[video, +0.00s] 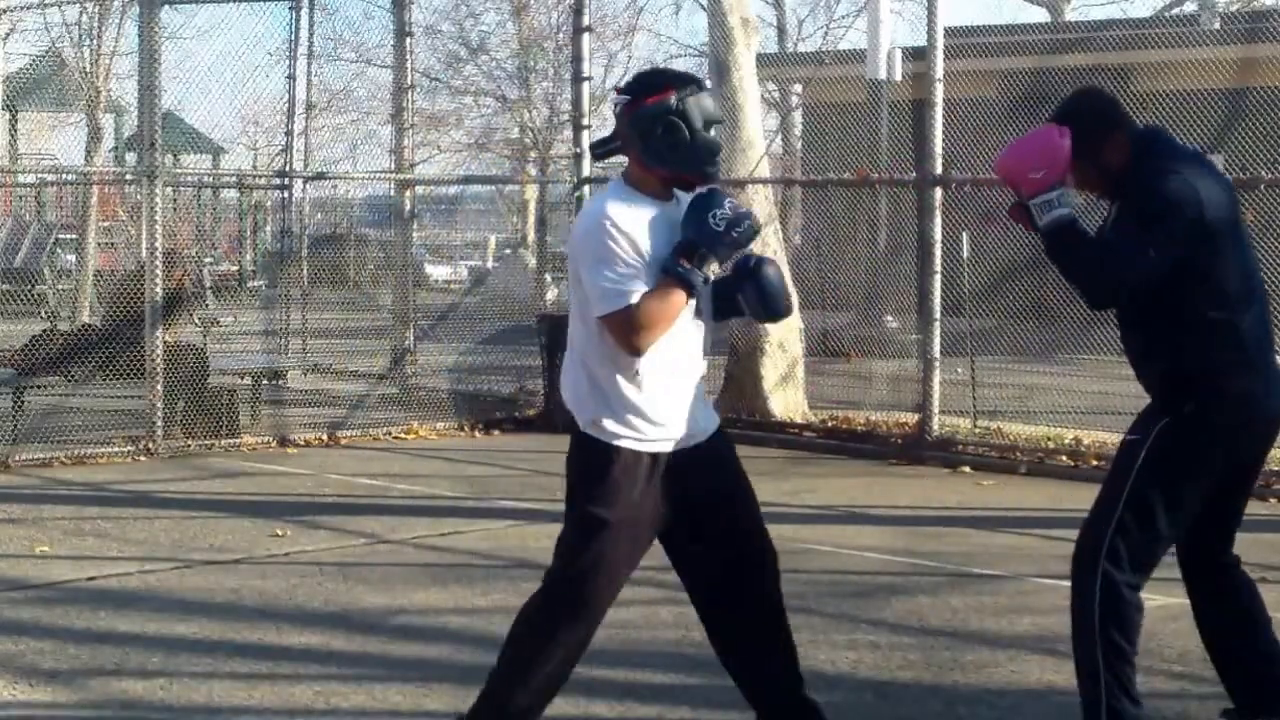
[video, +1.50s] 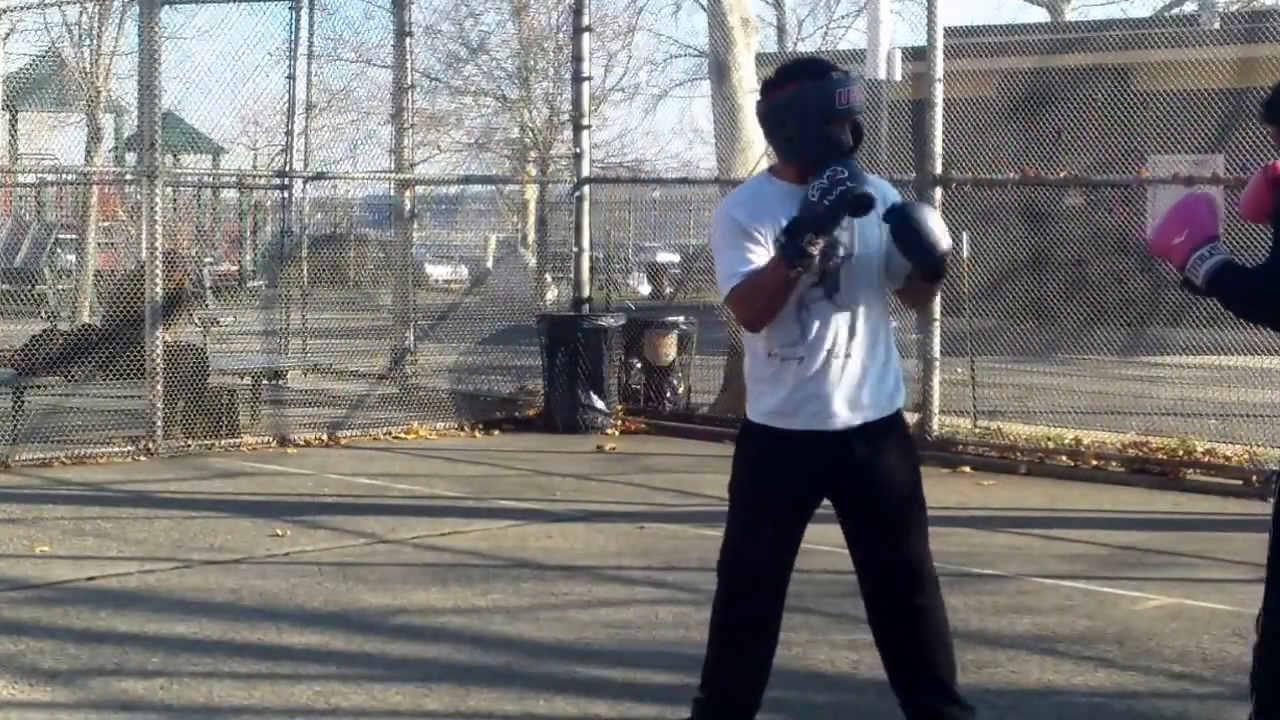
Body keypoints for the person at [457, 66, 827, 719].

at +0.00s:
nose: (685, 176)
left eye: (689, 163)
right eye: (673, 159)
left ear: (656, 151)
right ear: (649, 154)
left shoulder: (685, 208)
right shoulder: (605, 221)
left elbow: (676, 305)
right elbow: (633, 333)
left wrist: (735, 297)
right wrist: (695, 259)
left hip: (693, 435)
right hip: (621, 445)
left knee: (746, 585)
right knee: (574, 604)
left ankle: (789, 711)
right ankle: (495, 714)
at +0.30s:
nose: (825, 157)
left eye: (824, 142)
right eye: (808, 142)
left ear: (817, 153)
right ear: (765, 153)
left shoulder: (824, 224)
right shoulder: (715, 227)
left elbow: (908, 260)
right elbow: (724, 334)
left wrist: (965, 221)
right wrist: (795, 260)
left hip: (797, 460)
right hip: (703, 461)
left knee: (879, 615)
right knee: (635, 593)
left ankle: (940, 711)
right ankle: (545, 710)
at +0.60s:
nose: (849, 154)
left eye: (847, 141)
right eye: (836, 142)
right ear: (795, 152)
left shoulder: (840, 227)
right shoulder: (730, 232)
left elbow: (850, 326)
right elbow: (712, 339)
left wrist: (907, 305)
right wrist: (790, 283)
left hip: (829, 449)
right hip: (733, 453)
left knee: (884, 599)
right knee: (684, 600)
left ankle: (931, 712)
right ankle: (635, 711)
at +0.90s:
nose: (890, 141)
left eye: (891, 128)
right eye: (878, 129)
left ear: (842, 138)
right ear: (839, 134)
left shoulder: (880, 217)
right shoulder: (767, 212)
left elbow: (886, 324)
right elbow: (747, 318)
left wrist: (933, 285)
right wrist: (825, 267)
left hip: (866, 435)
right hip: (773, 438)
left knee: (901, 593)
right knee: (713, 588)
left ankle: (921, 711)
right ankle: (637, 708)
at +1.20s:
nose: (895, 126)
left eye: (895, 114)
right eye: (881, 114)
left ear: (886, 117)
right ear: (834, 119)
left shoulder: (914, 196)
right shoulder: (777, 197)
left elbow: (961, 276)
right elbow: (782, 298)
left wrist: (927, 277)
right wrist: (851, 235)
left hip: (890, 422)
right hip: (798, 422)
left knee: (903, 589)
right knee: (762, 588)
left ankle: (923, 715)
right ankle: (721, 713)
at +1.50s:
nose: (847, 123)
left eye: (848, 109)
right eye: (828, 111)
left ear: (851, 117)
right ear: (783, 122)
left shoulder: (877, 195)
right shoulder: (744, 209)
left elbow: (916, 298)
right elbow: (748, 310)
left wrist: (928, 263)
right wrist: (801, 242)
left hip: (874, 427)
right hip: (779, 435)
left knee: (908, 589)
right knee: (748, 597)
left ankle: (940, 712)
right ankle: (721, 715)